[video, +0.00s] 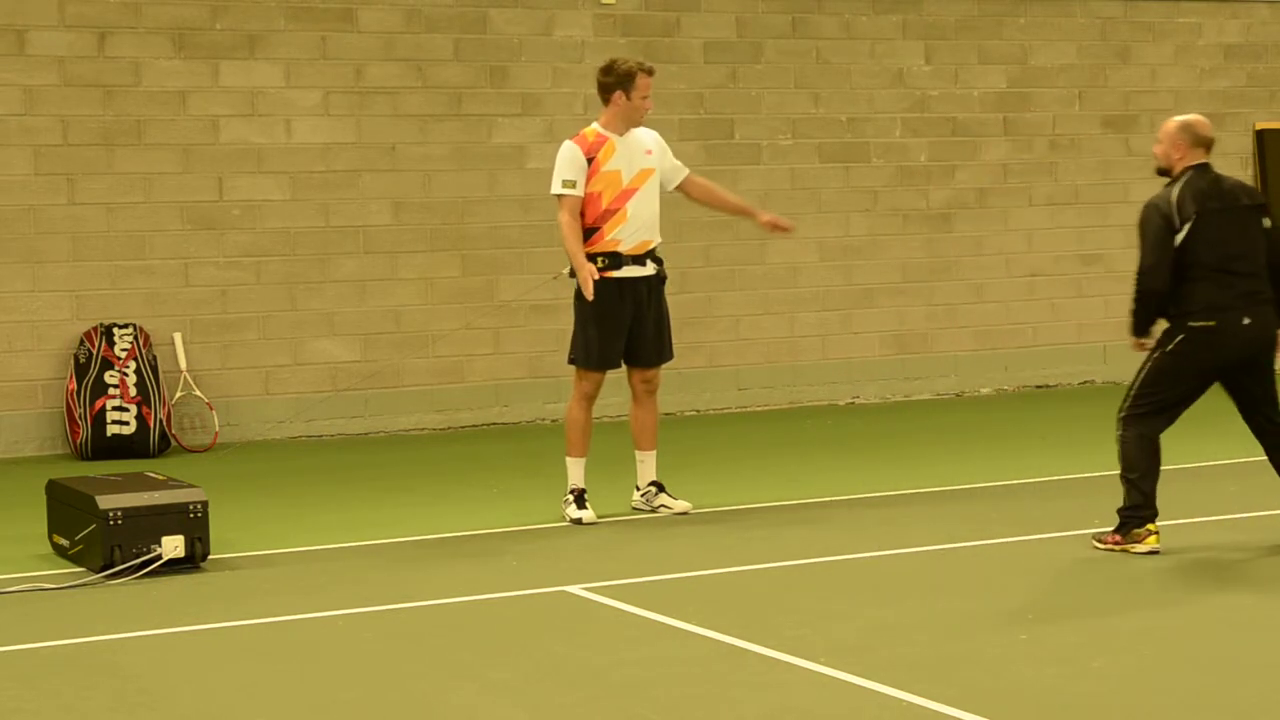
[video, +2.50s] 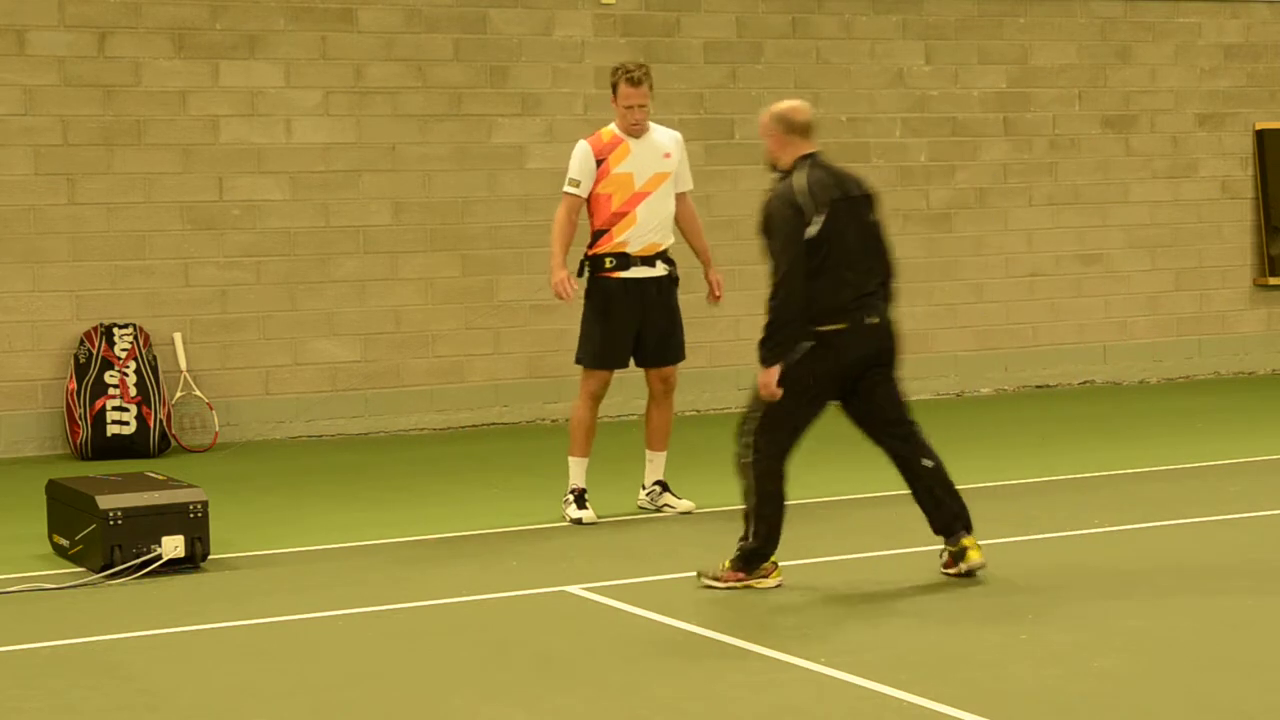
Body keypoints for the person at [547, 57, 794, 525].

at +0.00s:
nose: (650, 105)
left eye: (651, 98)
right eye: (644, 98)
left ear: (630, 98)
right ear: (617, 98)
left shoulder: (650, 143)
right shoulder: (579, 149)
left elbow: (694, 186)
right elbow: (568, 214)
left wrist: (756, 214)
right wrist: (582, 268)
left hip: (646, 280)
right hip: (600, 281)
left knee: (646, 383)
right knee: (586, 388)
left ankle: (647, 487)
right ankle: (576, 493)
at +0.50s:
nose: (644, 108)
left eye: (646, 100)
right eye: (637, 100)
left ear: (642, 99)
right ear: (609, 99)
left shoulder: (654, 142)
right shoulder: (576, 149)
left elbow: (711, 173)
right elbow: (564, 215)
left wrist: (776, 191)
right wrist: (569, 266)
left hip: (647, 281)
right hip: (598, 282)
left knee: (647, 383)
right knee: (586, 387)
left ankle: (647, 488)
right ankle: (576, 493)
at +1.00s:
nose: (620, 117)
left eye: (627, 108)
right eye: (612, 108)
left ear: (635, 102)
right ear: (596, 100)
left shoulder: (654, 143)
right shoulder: (575, 150)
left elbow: (711, 176)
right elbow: (563, 214)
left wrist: (774, 195)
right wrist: (568, 262)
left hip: (646, 280)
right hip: (599, 281)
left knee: (647, 383)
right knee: (586, 387)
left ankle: (647, 488)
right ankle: (575, 493)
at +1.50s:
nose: (623, 115)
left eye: (629, 107)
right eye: (615, 106)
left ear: (637, 102)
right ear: (597, 100)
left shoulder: (654, 143)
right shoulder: (577, 149)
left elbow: (707, 178)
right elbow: (563, 214)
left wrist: (769, 198)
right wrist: (567, 263)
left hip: (646, 280)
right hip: (598, 281)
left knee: (647, 383)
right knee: (586, 386)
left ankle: (647, 488)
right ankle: (575, 493)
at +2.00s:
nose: (615, 113)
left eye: (621, 105)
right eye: (607, 105)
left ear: (629, 101)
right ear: (589, 101)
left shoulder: (644, 140)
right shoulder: (569, 151)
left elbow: (647, 210)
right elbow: (549, 214)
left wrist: (661, 268)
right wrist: (540, 268)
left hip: (644, 280)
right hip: (597, 283)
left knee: (650, 382)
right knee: (584, 387)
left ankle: (648, 487)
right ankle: (575, 493)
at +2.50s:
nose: (637, 114)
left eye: (643, 105)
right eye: (629, 106)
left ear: (652, 101)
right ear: (613, 103)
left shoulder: (671, 143)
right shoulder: (591, 150)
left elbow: (683, 207)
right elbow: (568, 211)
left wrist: (709, 264)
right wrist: (558, 266)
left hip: (658, 281)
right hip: (609, 283)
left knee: (663, 382)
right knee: (593, 387)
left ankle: (654, 487)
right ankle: (576, 491)